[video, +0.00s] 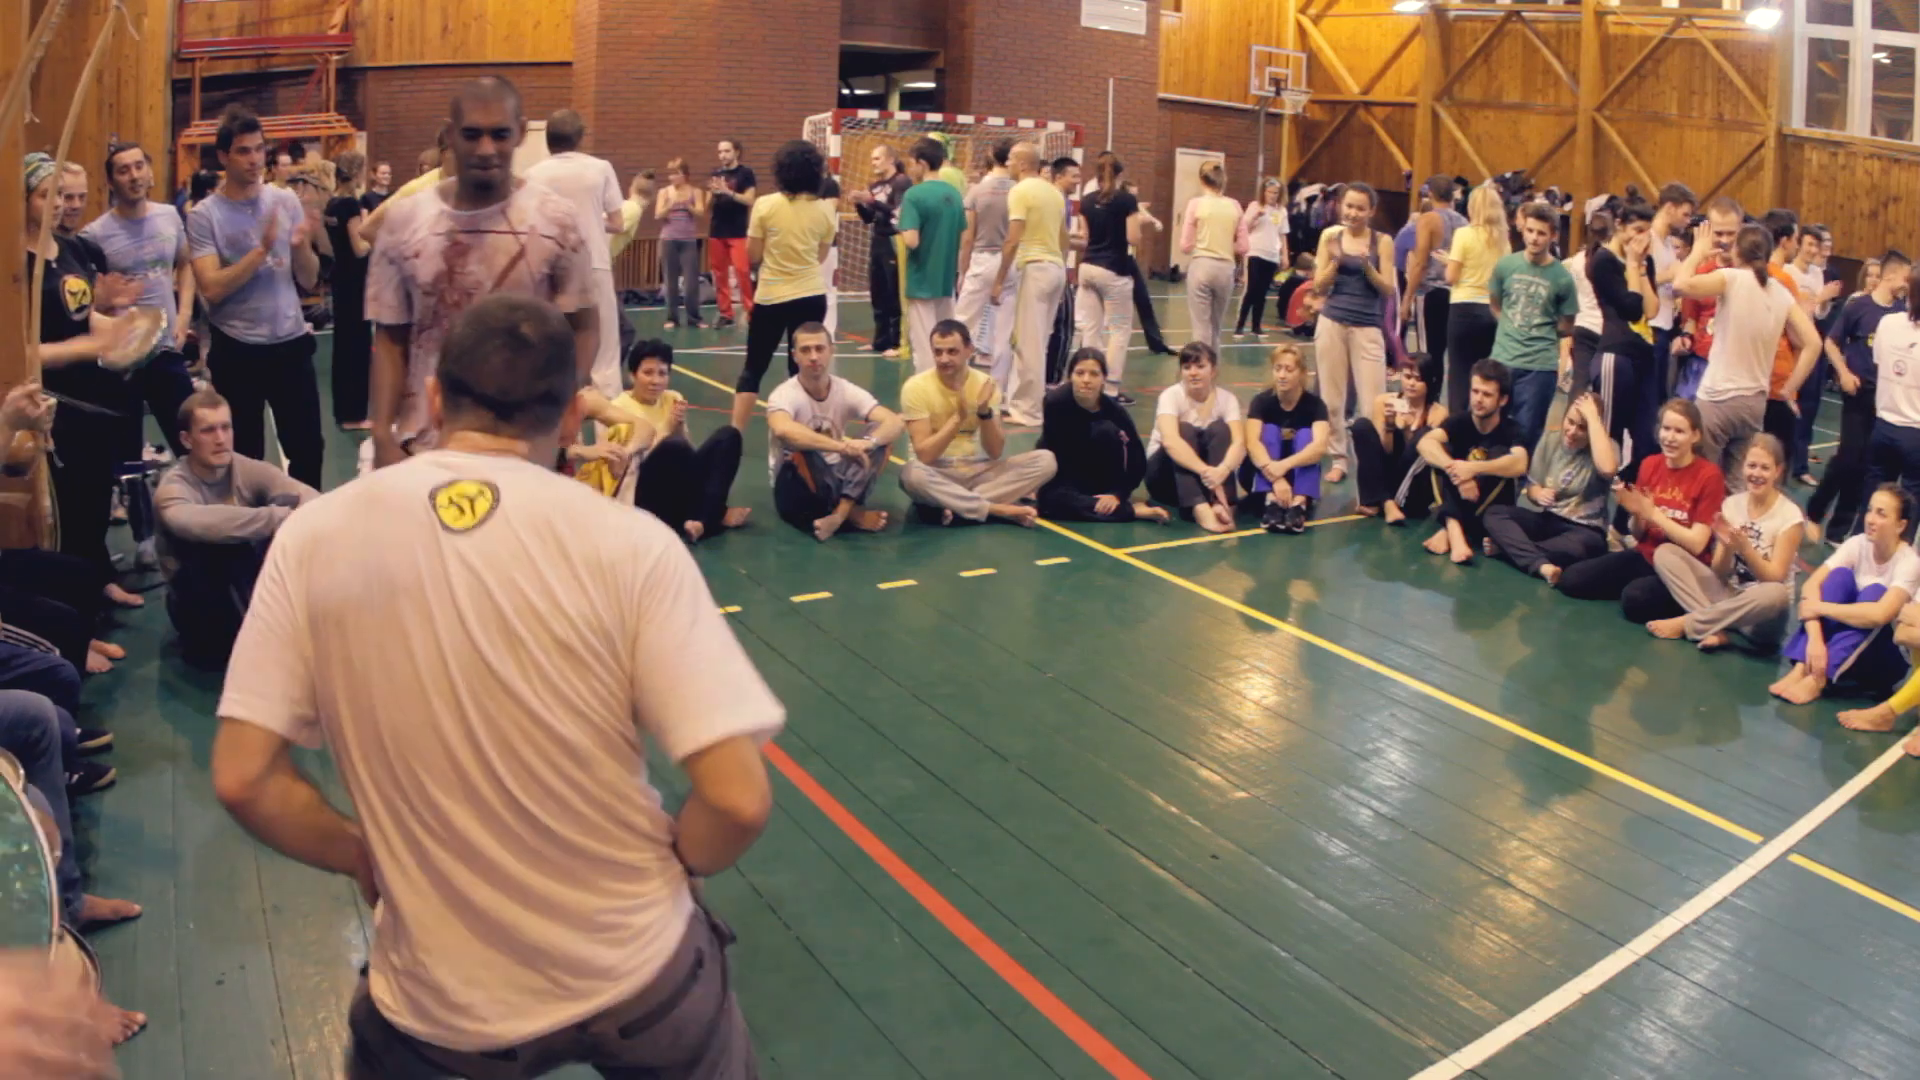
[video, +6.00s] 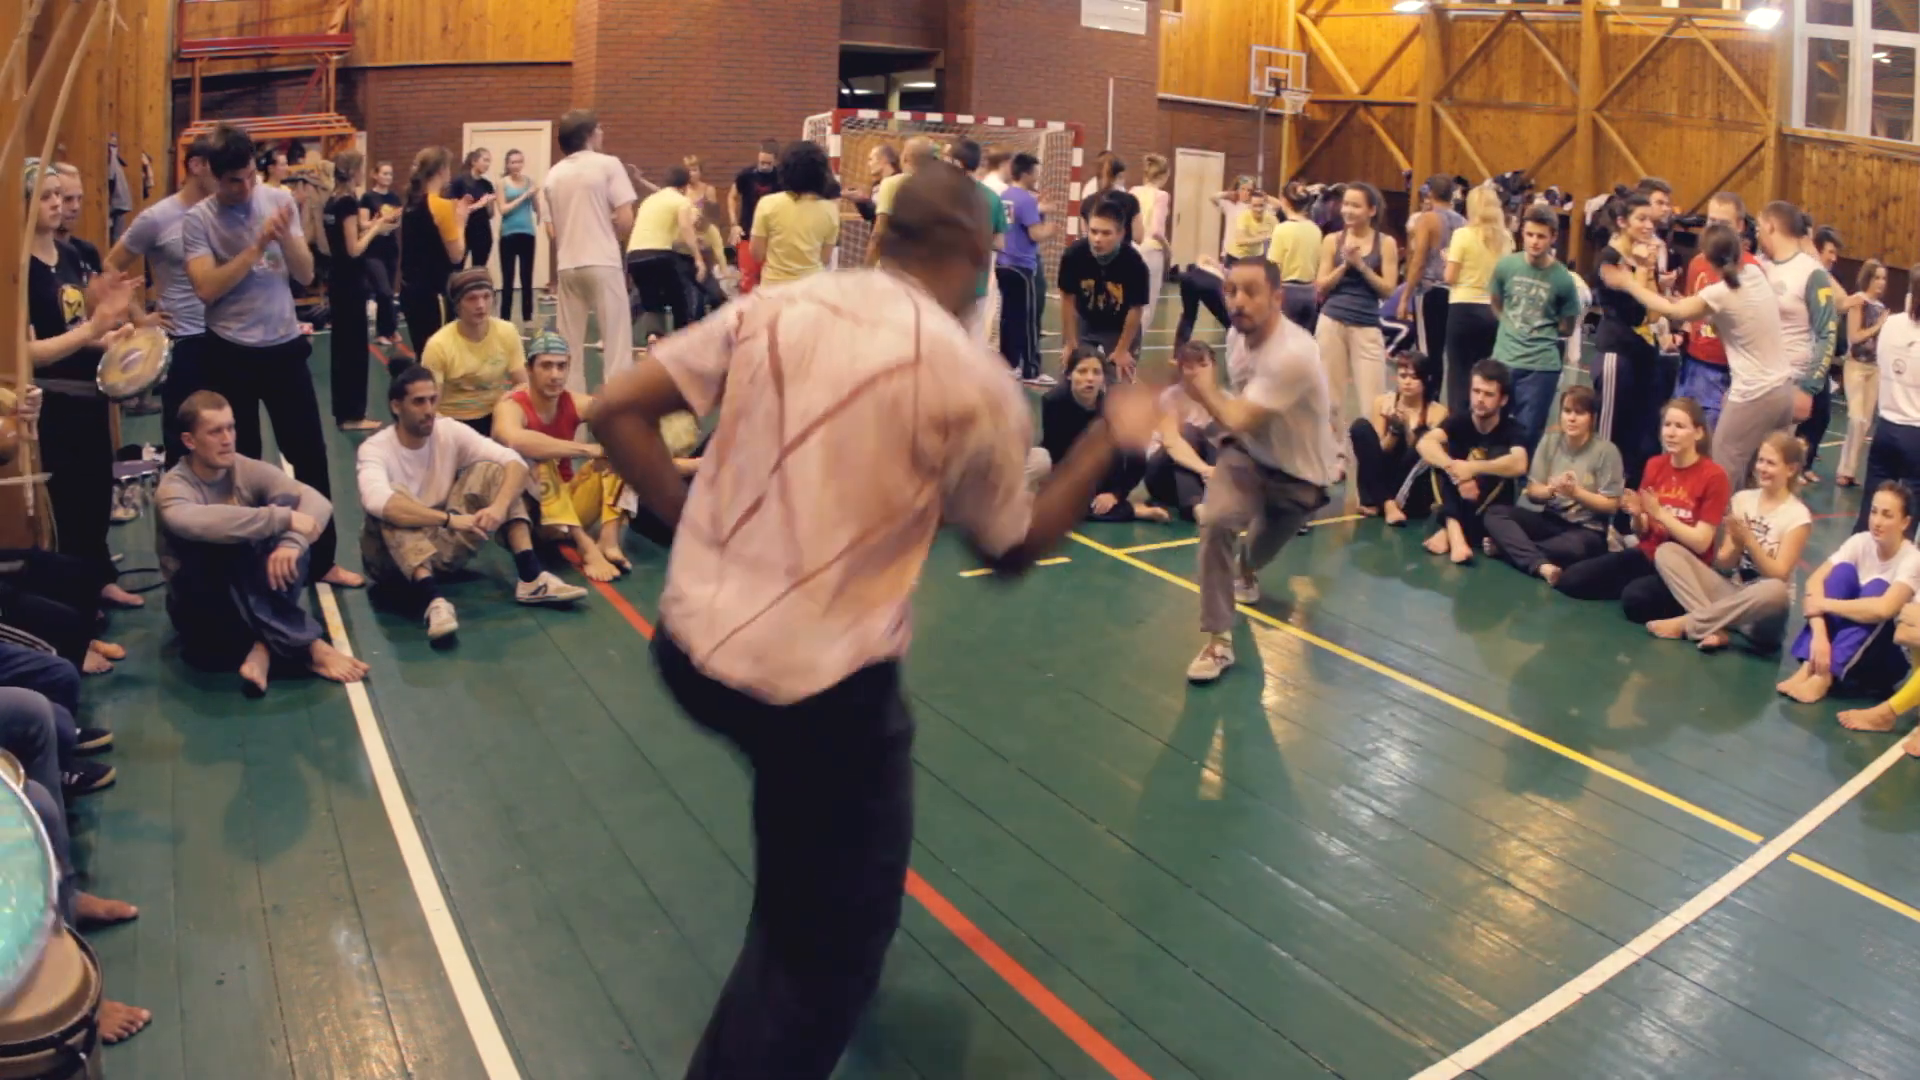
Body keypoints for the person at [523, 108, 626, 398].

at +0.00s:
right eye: (581, 136)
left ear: (548, 139)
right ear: (581, 138)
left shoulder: (535, 174)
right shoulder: (600, 168)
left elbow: (527, 222)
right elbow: (617, 223)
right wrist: (590, 219)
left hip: (551, 266)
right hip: (595, 267)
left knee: (551, 331)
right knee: (604, 330)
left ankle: (553, 397)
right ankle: (606, 391)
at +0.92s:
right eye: (618, 133)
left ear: (586, 135)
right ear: (619, 136)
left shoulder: (568, 170)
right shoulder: (635, 170)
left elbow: (559, 225)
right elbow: (648, 228)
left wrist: (586, 220)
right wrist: (621, 219)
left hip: (583, 268)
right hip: (621, 266)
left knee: (576, 351)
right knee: (629, 351)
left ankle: (571, 424)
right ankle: (625, 425)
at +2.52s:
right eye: (592, 134)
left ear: (559, 137)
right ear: (591, 137)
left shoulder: (543, 173)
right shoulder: (609, 170)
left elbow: (536, 230)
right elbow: (625, 227)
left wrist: (562, 225)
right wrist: (597, 226)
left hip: (559, 269)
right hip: (598, 267)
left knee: (559, 347)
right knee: (613, 345)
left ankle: (560, 414)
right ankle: (622, 413)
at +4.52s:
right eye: (629, 130)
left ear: (595, 134)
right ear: (629, 134)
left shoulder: (578, 172)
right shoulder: (647, 171)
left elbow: (572, 229)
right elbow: (661, 228)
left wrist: (598, 226)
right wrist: (631, 227)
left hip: (596, 271)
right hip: (636, 270)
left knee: (585, 354)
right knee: (636, 353)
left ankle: (579, 434)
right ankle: (632, 429)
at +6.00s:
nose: (602, 134)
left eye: (600, 129)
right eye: (598, 130)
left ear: (566, 140)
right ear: (589, 136)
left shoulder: (552, 175)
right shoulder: (608, 164)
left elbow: (551, 230)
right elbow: (625, 219)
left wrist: (573, 246)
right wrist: (608, 239)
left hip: (567, 263)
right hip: (603, 260)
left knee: (570, 342)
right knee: (616, 339)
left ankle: (571, 404)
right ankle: (617, 406)